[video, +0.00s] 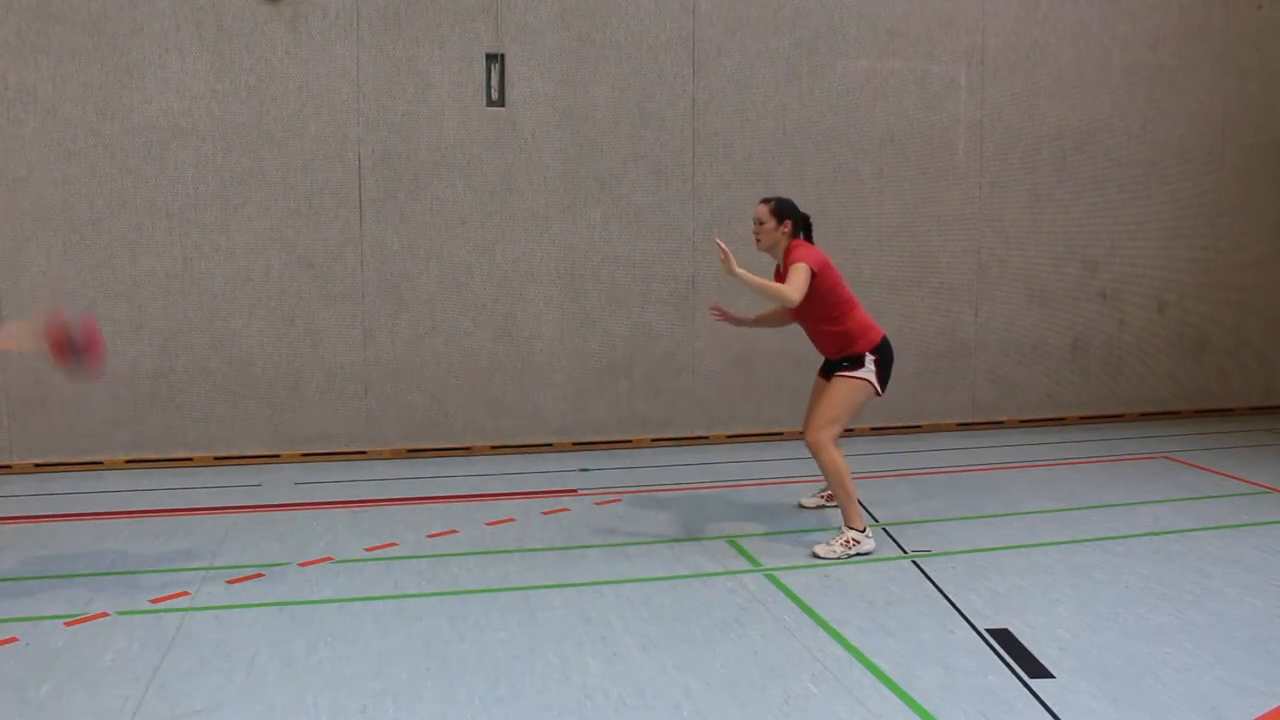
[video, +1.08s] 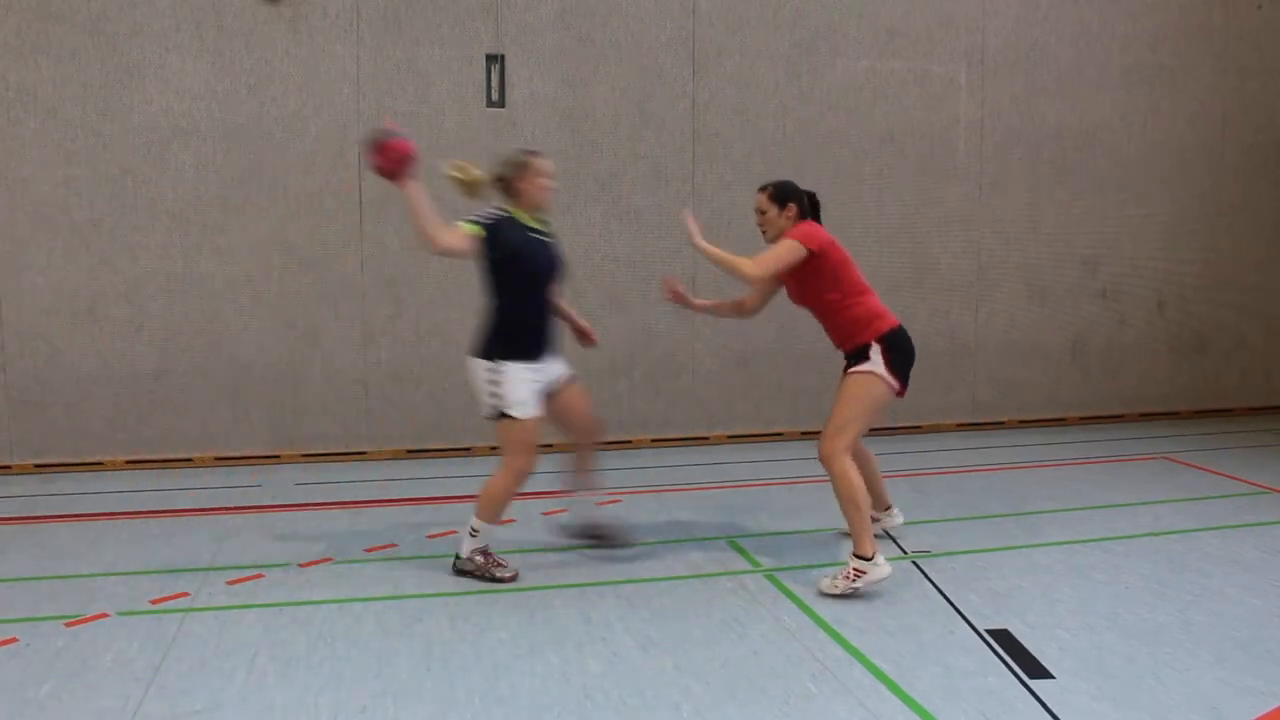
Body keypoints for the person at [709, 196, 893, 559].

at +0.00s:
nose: (753, 230)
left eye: (760, 223)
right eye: (754, 224)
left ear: (784, 226)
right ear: (779, 228)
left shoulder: (802, 254)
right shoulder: (786, 265)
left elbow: (792, 296)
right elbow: (792, 314)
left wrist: (738, 272)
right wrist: (745, 321)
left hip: (866, 355)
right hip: (838, 357)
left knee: (820, 437)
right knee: (813, 432)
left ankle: (857, 532)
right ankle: (840, 489)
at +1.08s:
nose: (758, 223)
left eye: (763, 213)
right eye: (756, 216)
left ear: (790, 211)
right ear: (787, 214)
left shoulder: (809, 236)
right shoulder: (787, 253)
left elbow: (756, 270)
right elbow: (748, 306)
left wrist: (702, 245)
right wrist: (695, 304)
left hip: (880, 347)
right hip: (865, 349)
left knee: (833, 449)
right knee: (846, 437)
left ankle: (867, 559)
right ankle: (883, 511)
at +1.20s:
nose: (754, 229)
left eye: (760, 221)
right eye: (754, 222)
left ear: (788, 219)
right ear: (782, 221)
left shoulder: (799, 243)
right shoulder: (779, 267)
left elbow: (727, 263)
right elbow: (734, 317)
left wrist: (666, 244)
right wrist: (674, 322)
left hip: (878, 357)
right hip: (860, 362)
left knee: (840, 459)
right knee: (847, 446)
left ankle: (865, 576)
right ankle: (893, 509)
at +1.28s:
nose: (752, 242)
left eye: (758, 233)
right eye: (751, 235)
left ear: (786, 235)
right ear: (783, 236)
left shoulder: (793, 258)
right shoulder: (773, 283)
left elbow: (727, 271)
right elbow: (741, 336)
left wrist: (669, 261)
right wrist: (687, 341)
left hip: (874, 373)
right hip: (855, 378)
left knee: (833, 473)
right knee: (845, 462)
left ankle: (870, 582)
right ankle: (898, 512)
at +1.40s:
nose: (753, 250)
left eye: (762, 243)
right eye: (752, 243)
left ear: (787, 248)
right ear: (755, 249)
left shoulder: (795, 271)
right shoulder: (777, 292)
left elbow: (746, 286)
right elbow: (764, 347)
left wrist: (702, 262)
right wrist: (722, 334)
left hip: (858, 395)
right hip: (837, 400)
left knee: (808, 482)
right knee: (827, 481)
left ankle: (861, 582)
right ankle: (894, 506)